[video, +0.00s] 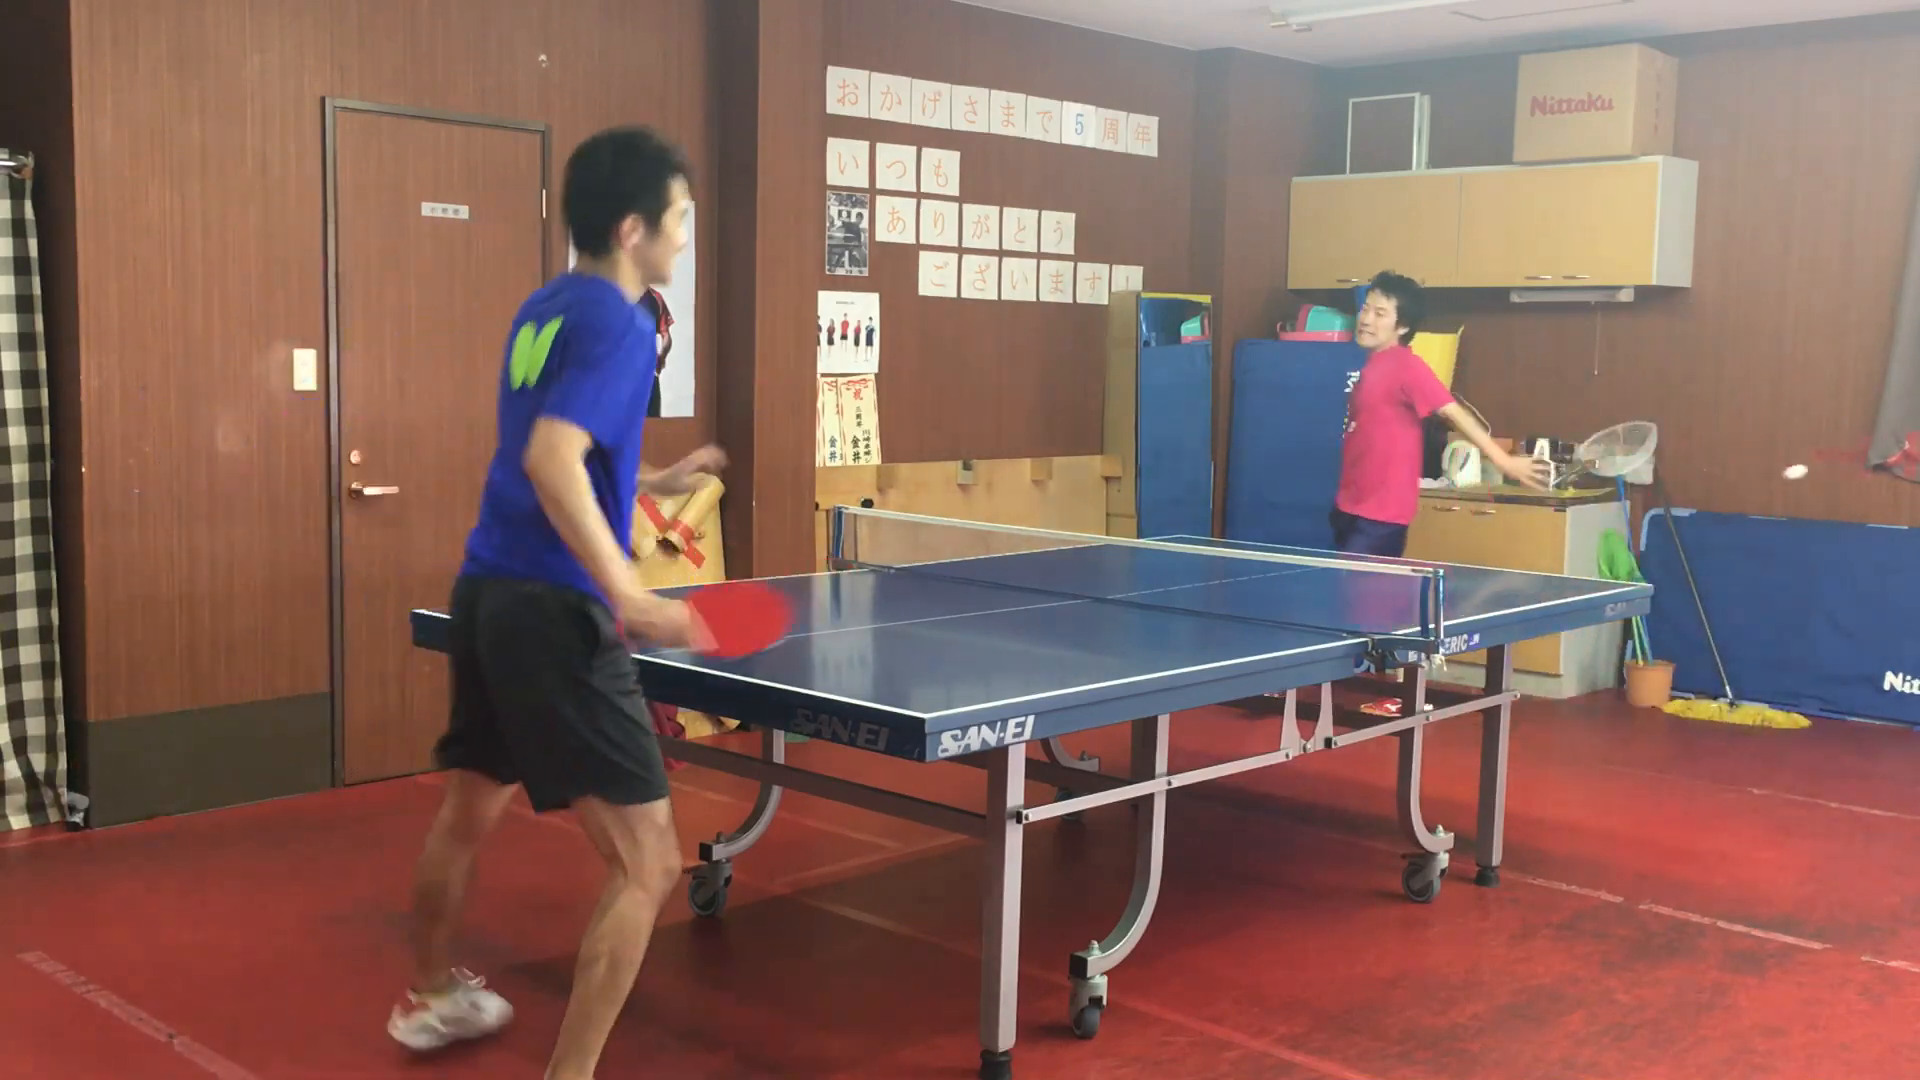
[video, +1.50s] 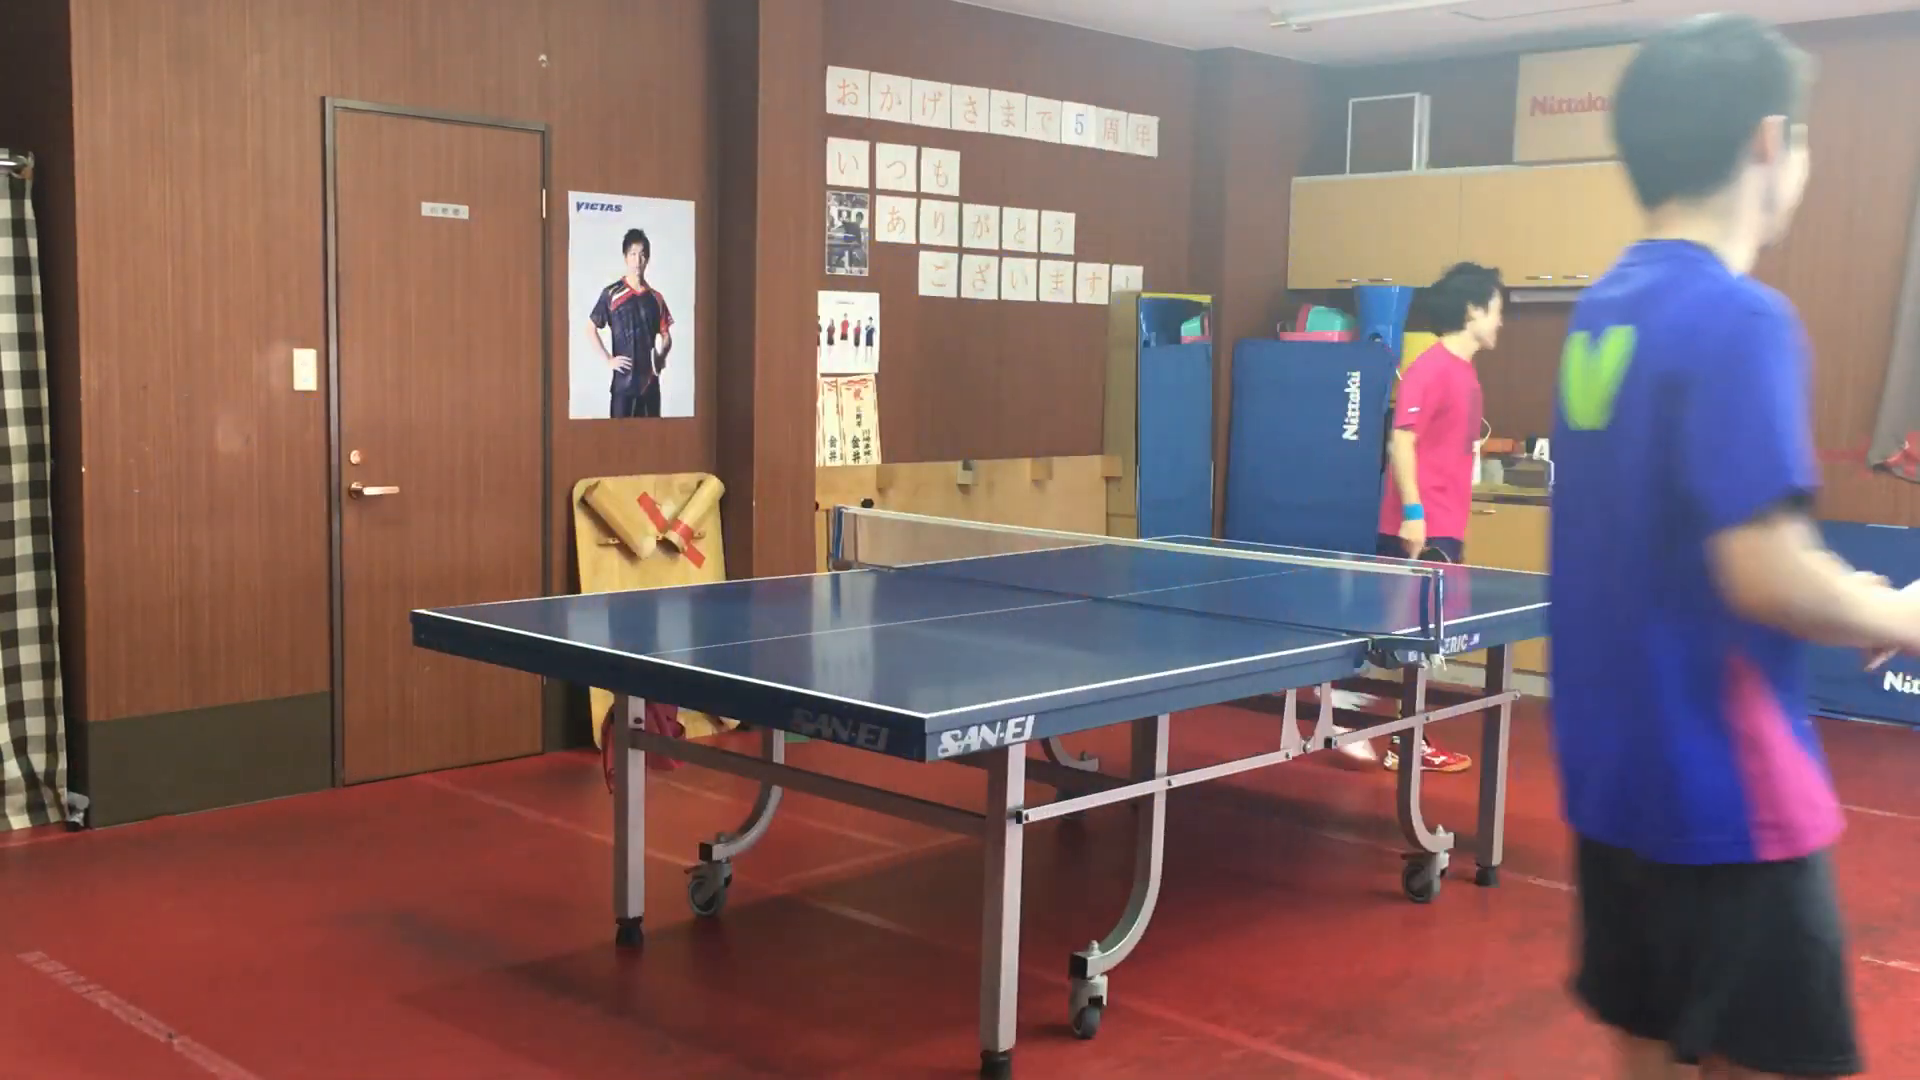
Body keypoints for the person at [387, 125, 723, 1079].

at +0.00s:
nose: (688, 235)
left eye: (687, 216)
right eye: (681, 216)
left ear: (598, 223)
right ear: (635, 226)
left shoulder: (544, 309)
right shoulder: (619, 322)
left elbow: (547, 456)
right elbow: (550, 461)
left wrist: (653, 478)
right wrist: (628, 592)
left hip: (486, 604)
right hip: (553, 614)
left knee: (465, 813)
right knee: (647, 860)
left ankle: (431, 994)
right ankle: (572, 1068)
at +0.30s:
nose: (819, 248)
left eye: (822, 226)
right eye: (813, 223)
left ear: (751, 218)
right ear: (753, 218)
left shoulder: (727, 324)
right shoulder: (653, 310)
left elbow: (734, 463)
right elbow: (524, 452)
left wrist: (846, 526)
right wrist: (450, 623)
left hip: (680, 658)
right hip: (642, 662)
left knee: (578, 908)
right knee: (736, 930)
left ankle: (501, 1071)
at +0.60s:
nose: (1017, 223)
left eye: (1025, 201)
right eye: (1015, 195)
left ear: (955, 183)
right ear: (948, 177)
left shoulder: (951, 327)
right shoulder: (806, 290)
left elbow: (931, 523)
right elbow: (690, 471)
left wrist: (980, 673)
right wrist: (680, 662)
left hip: (915, 704)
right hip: (812, 702)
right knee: (837, 1008)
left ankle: (736, 1071)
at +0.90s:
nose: (1278, 219)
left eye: (1279, 192)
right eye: (1265, 187)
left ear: (1192, 187)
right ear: (1183, 182)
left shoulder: (1222, 351)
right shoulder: (1052, 326)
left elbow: (1179, 552)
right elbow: (953, 530)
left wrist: (1225, 701)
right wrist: (1101, 669)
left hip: (1196, 762)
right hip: (1068, 769)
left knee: (1275, 1051)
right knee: (1015, 1048)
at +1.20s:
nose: (1543, 172)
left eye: (1544, 142)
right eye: (1539, 138)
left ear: (1466, 140)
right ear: (1480, 137)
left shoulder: (1441, 306)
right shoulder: (1364, 298)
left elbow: (1498, 508)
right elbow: (1259, 517)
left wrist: (1656, 637)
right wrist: (1452, 657)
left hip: (1421, 750)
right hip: (1402, 762)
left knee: (1387, 1058)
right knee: (1557, 1060)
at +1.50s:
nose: (1801, 175)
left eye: (1802, 147)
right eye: (1798, 144)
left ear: (1644, 154)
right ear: (1762, 148)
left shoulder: (1602, 307)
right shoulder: (1736, 316)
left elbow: (1644, 544)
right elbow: (1760, 568)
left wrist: (1854, 605)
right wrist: (1894, 617)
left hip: (1614, 776)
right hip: (1729, 798)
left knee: (1649, 1049)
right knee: (1794, 1058)